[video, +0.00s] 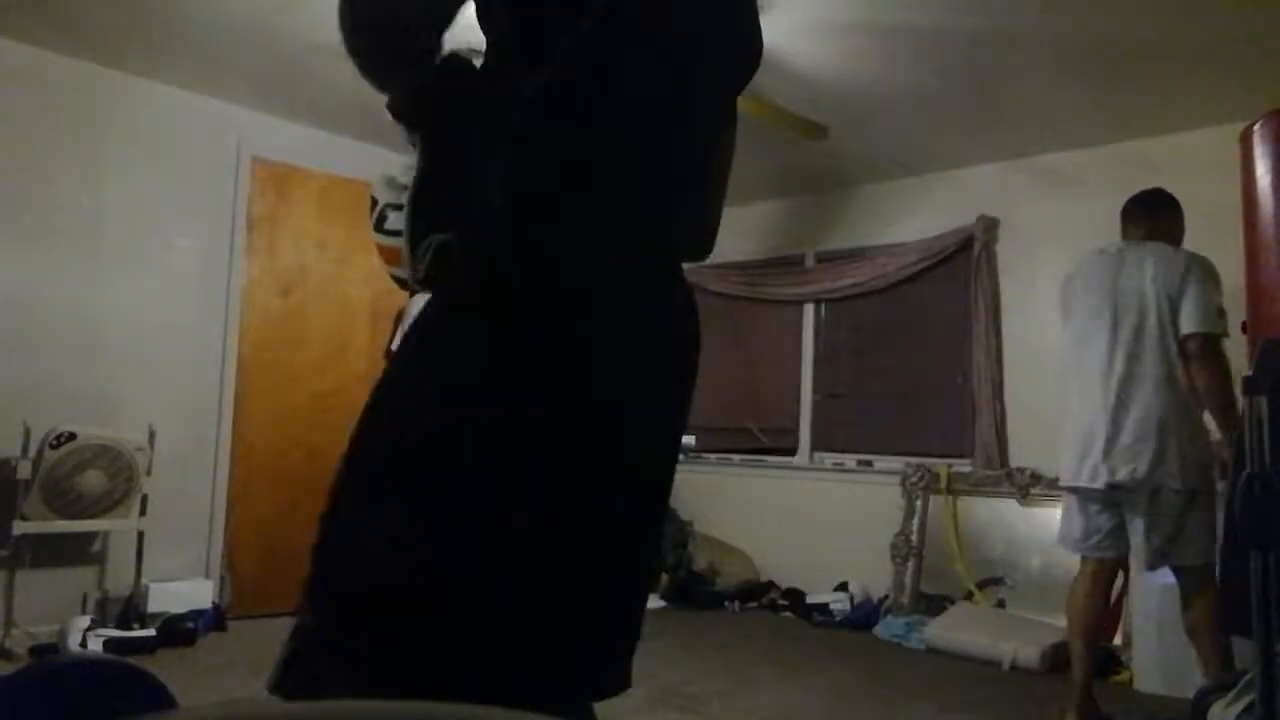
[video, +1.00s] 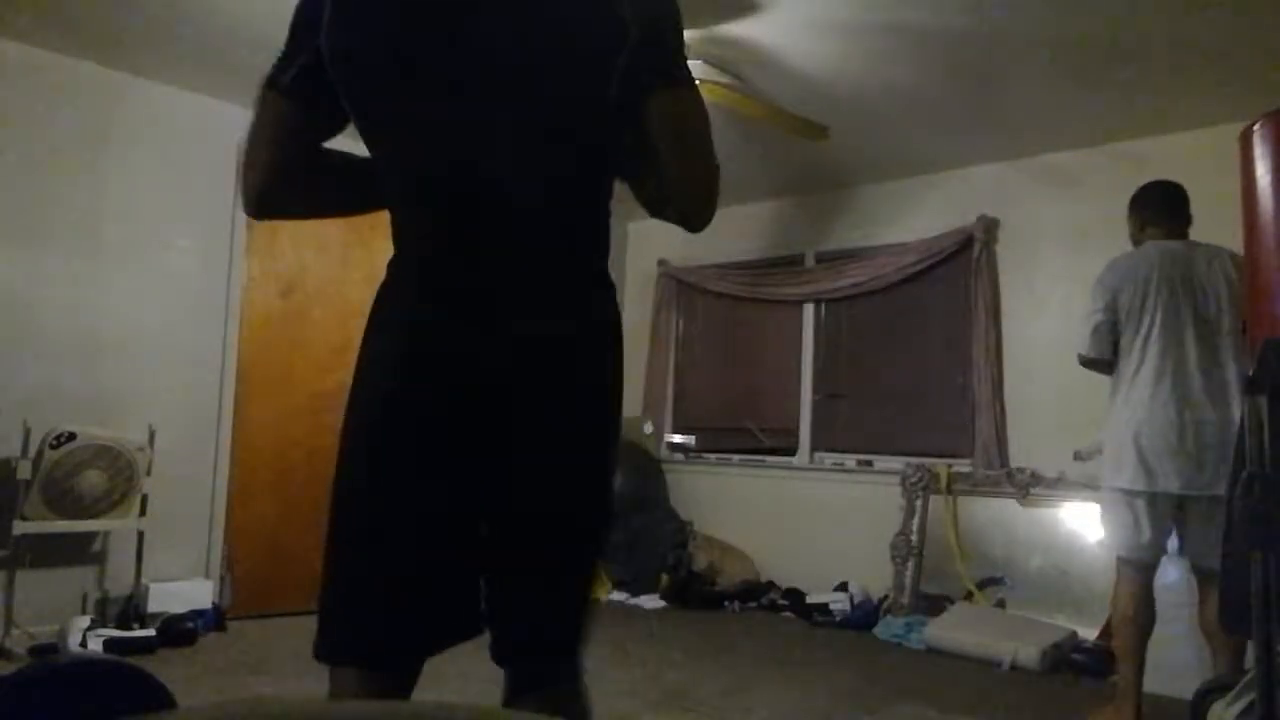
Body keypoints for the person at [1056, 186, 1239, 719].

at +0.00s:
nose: (1180, 238)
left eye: (1178, 231)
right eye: (1178, 230)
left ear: (1125, 226)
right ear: (1170, 226)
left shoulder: (1080, 274)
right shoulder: (1186, 267)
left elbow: (1084, 356)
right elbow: (1199, 352)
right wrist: (1230, 434)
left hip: (1090, 453)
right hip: (1168, 452)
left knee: (1094, 568)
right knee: (1196, 580)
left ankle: (1079, 699)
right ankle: (1221, 691)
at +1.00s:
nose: (1132, 235)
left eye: (1131, 227)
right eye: (1136, 229)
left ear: (1137, 226)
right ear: (1188, 222)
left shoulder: (1122, 270)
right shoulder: (1230, 267)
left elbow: (1095, 352)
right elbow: (1247, 347)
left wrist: (1147, 368)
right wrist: (1201, 366)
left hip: (1139, 448)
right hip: (1217, 450)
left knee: (1132, 576)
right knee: (1216, 579)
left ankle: (1127, 703)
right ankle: (1231, 697)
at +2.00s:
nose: (1081, 225)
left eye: (1090, 215)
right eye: (1086, 214)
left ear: (1114, 222)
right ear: (1140, 227)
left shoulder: (1104, 271)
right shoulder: (1178, 279)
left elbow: (1096, 348)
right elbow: (1201, 360)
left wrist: (1057, 397)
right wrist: (1149, 392)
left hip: (1112, 453)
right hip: (1170, 454)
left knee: (1106, 565)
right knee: (1150, 566)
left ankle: (1123, 697)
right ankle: (1167, 690)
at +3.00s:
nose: (1007, 221)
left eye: (1018, 212)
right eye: (1011, 213)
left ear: (1048, 225)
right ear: (1049, 227)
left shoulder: (1056, 269)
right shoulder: (1039, 272)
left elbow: (1067, 350)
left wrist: (1014, 411)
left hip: (1055, 448)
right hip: (1033, 445)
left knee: (1049, 559)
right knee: (1009, 547)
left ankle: (1084, 691)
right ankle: (1058, 656)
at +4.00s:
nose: (908, 215)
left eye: (920, 208)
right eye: (907, 208)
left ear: (946, 221)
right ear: (908, 223)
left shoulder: (969, 267)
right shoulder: (902, 282)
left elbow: (1010, 336)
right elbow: (911, 351)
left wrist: (950, 358)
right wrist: (885, 359)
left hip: (961, 432)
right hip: (910, 432)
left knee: (955, 538)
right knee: (896, 525)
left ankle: (994, 667)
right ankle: (930, 638)